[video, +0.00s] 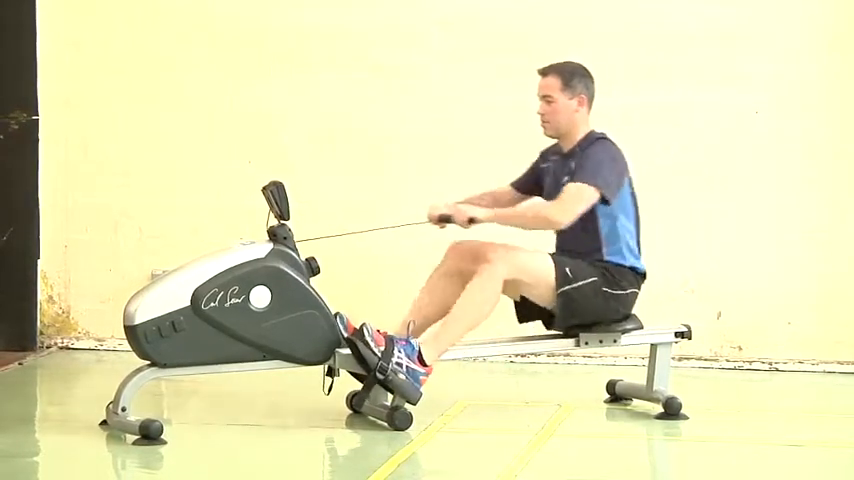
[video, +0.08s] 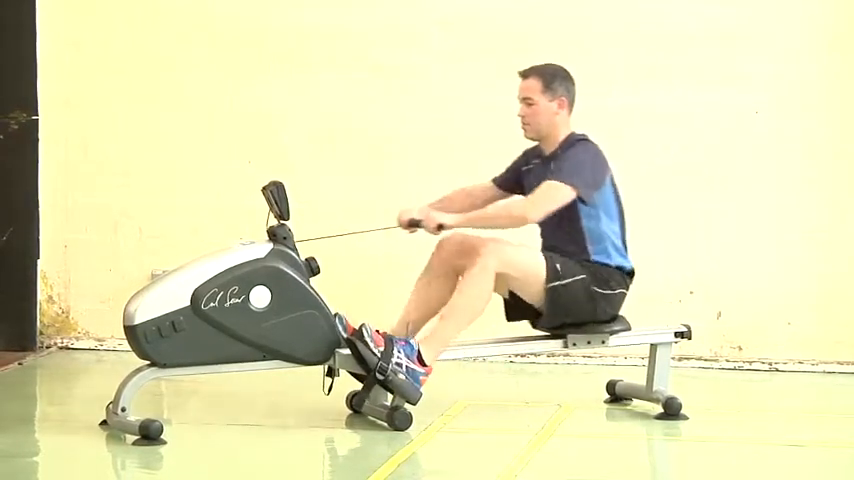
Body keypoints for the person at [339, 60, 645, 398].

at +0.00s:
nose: (540, 109)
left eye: (549, 100)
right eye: (540, 100)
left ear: (580, 102)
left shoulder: (602, 153)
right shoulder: (552, 158)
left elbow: (559, 214)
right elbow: (507, 196)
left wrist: (484, 215)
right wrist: (458, 207)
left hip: (609, 282)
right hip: (572, 276)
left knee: (499, 261)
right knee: (461, 254)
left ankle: (423, 359)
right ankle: (398, 345)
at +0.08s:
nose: (520, 112)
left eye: (528, 103)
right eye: (520, 103)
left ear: (560, 106)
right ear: (552, 106)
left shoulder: (583, 155)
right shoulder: (532, 160)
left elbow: (529, 211)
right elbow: (481, 195)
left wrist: (452, 220)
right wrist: (426, 211)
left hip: (596, 283)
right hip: (558, 276)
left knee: (491, 255)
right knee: (455, 248)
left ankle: (421, 361)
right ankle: (395, 345)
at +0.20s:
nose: (492, 115)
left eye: (501, 106)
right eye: (492, 107)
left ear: (533, 109)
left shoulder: (556, 158)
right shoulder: (505, 162)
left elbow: (488, 207)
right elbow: (448, 195)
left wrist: (413, 225)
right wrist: (388, 214)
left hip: (578, 286)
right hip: (537, 284)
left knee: (479, 245)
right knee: (437, 240)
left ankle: (421, 359)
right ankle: (393, 342)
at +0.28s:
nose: (475, 117)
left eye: (484, 108)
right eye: (475, 108)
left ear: (516, 111)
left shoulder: (539, 160)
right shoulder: (487, 163)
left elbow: (465, 206)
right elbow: (429, 196)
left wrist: (391, 227)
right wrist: (367, 217)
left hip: (565, 288)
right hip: (523, 289)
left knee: (469, 238)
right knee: (425, 237)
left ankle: (419, 360)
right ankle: (390, 343)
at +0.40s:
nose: (452, 119)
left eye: (461, 109)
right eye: (452, 110)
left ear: (493, 112)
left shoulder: (516, 161)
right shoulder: (465, 164)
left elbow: (440, 206)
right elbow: (405, 196)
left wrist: (363, 230)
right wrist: (341, 218)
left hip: (545, 290)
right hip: (503, 291)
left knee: (450, 231)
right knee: (410, 230)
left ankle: (419, 358)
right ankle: (389, 341)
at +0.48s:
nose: (439, 120)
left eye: (448, 110)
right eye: (439, 111)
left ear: (481, 113)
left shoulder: (503, 162)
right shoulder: (452, 164)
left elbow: (427, 205)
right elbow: (393, 196)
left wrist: (350, 231)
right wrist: (325, 221)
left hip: (533, 291)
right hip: (491, 292)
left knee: (439, 229)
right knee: (400, 227)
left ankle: (417, 355)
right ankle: (387, 338)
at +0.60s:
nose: (426, 121)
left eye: (434, 112)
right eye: (425, 112)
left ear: (466, 114)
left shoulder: (488, 162)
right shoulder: (438, 164)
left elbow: (413, 205)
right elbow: (379, 196)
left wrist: (336, 235)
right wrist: (312, 223)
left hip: (518, 292)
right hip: (476, 293)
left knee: (427, 226)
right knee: (388, 224)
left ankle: (416, 353)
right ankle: (385, 336)